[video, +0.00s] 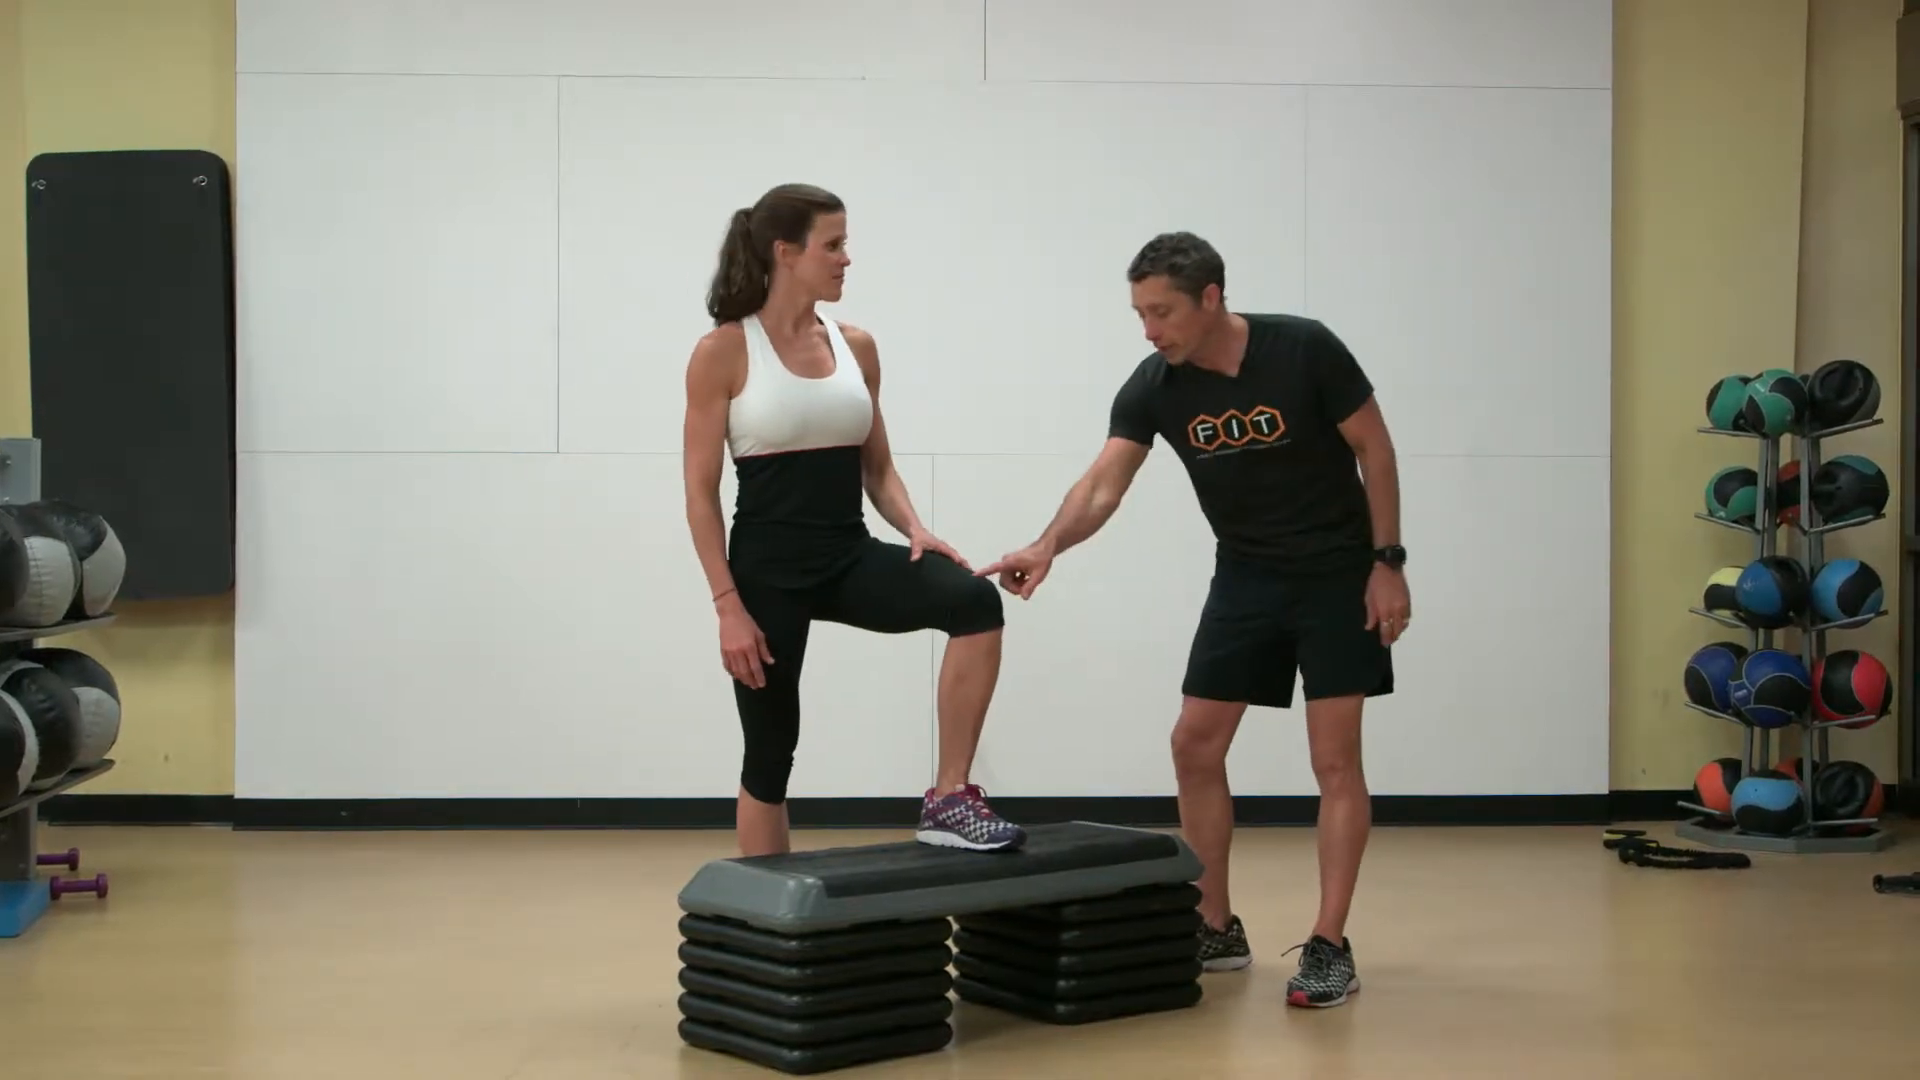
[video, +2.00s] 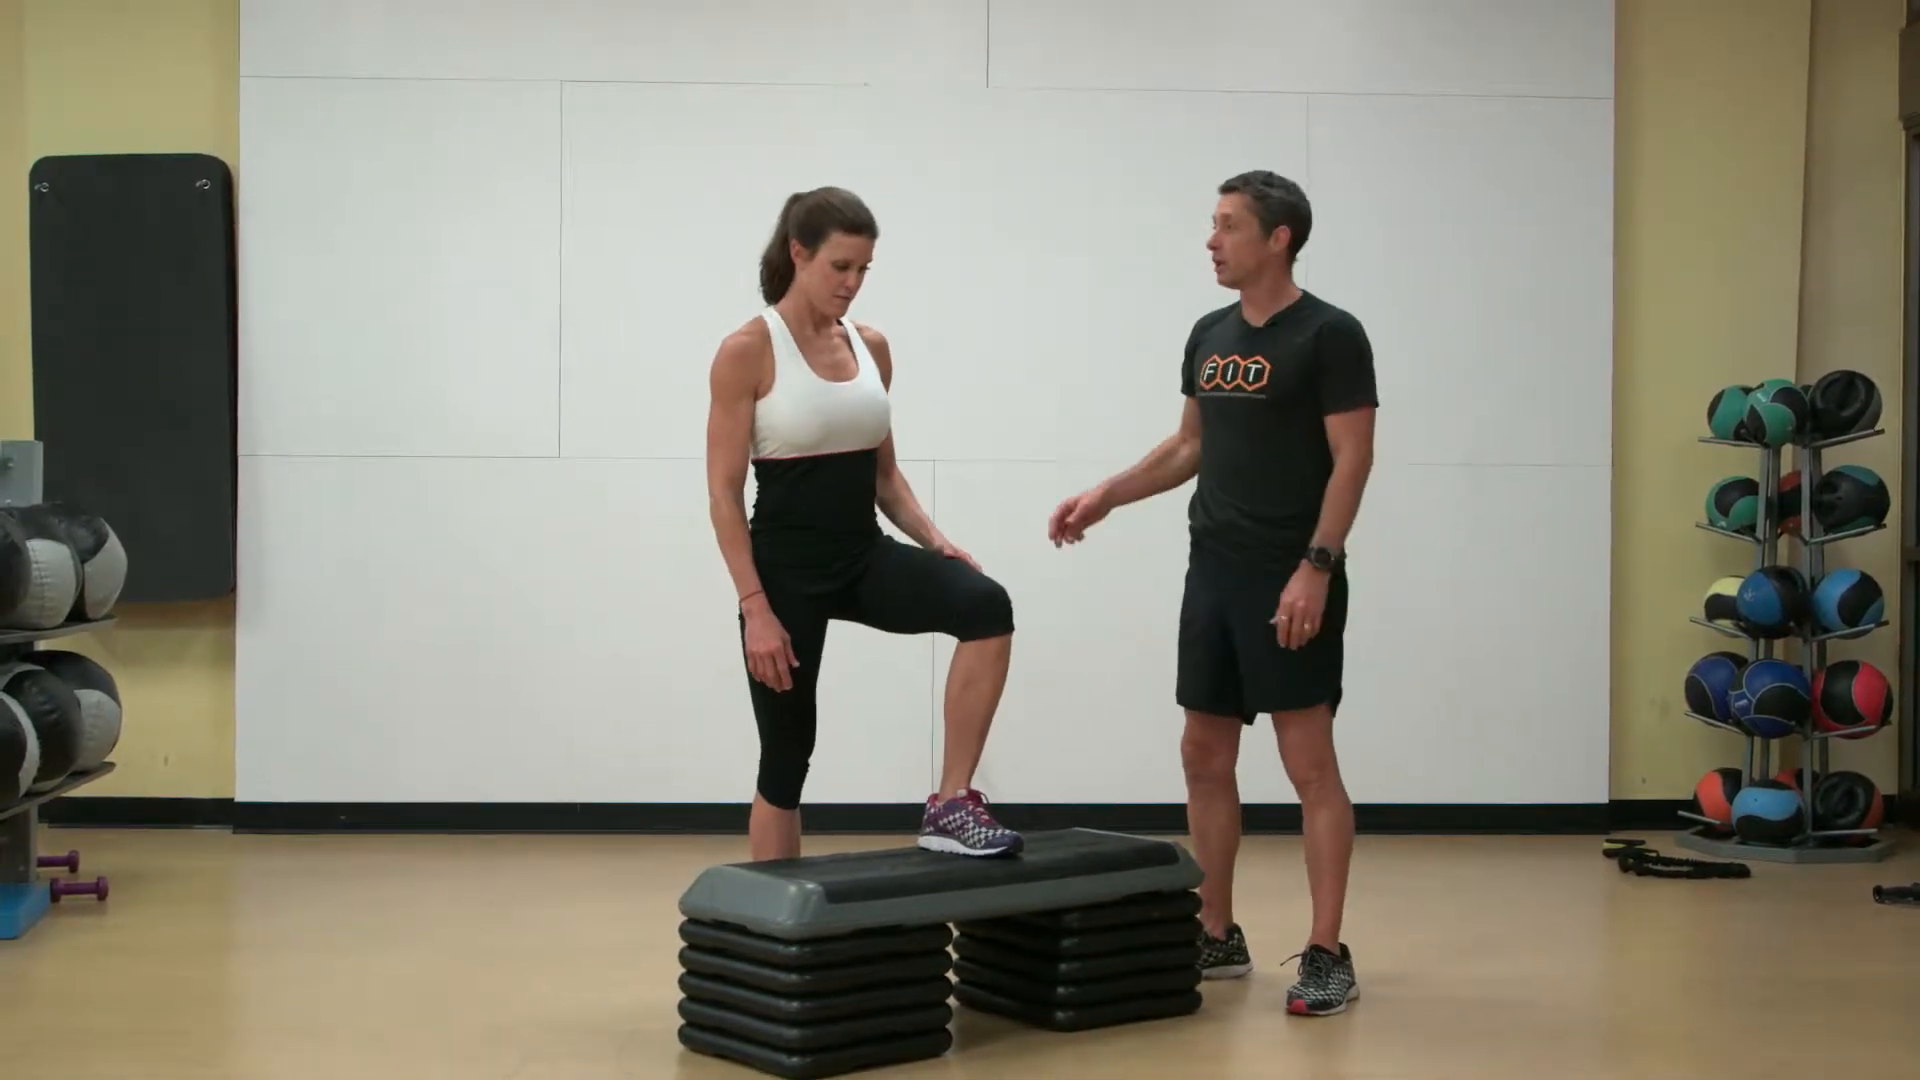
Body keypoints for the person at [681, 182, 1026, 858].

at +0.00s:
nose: (846, 257)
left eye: (846, 244)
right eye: (833, 245)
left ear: (800, 252)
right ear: (784, 252)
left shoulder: (855, 348)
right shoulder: (723, 353)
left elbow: (878, 467)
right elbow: (700, 493)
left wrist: (915, 529)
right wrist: (728, 607)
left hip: (847, 557)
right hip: (767, 566)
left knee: (975, 604)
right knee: (769, 760)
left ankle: (951, 797)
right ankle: (766, 930)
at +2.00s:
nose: (854, 283)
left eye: (862, 268)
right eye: (841, 266)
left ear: (869, 266)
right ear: (797, 254)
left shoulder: (869, 348)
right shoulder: (748, 352)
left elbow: (884, 473)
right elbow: (724, 493)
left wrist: (934, 540)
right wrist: (755, 608)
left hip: (861, 558)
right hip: (784, 568)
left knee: (986, 608)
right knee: (786, 760)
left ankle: (952, 801)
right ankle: (772, 932)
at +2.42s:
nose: (876, 267)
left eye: (882, 254)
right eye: (861, 253)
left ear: (885, 258)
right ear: (814, 254)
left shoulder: (891, 349)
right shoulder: (771, 355)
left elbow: (888, 470)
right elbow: (739, 493)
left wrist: (907, 593)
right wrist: (811, 527)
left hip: (877, 558)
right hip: (798, 569)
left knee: (986, 606)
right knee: (794, 765)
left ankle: (952, 800)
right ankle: (776, 934)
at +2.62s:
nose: (926, 272)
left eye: (931, 259)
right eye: (910, 259)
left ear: (935, 265)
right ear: (864, 267)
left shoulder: (939, 359)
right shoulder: (821, 358)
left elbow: (916, 483)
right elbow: (805, 489)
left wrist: (916, 598)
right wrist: (898, 431)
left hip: (900, 557)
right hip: (829, 564)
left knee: (1005, 617)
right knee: (831, 770)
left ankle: (954, 802)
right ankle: (783, 930)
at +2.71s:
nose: (953, 253)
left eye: (958, 239)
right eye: (937, 240)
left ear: (963, 246)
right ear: (891, 247)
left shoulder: (965, 340)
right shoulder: (851, 332)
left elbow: (945, 459)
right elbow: (836, 457)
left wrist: (950, 563)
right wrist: (930, 416)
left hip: (923, 540)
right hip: (848, 542)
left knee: (1019, 622)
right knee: (829, 741)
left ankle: (957, 803)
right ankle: (791, 916)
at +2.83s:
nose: (988, 194)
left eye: (992, 180)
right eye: (972, 181)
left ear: (993, 188)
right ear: (926, 188)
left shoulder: (1001, 291)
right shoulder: (885, 272)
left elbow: (998, 418)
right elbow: (845, 398)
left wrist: (1051, 493)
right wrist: (933, 453)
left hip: (946, 494)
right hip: (868, 493)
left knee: (1019, 619)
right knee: (878, 698)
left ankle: (957, 805)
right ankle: (806, 867)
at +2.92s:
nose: (997, 161)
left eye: (1002, 148)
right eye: (980, 148)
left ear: (1004, 159)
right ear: (935, 155)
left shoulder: (1012, 267)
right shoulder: (889, 244)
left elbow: (1038, 403)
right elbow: (834, 374)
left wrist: (1094, 395)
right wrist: (871, 476)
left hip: (950, 461)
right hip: (877, 460)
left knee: (1015, 615)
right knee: (947, 640)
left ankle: (959, 803)